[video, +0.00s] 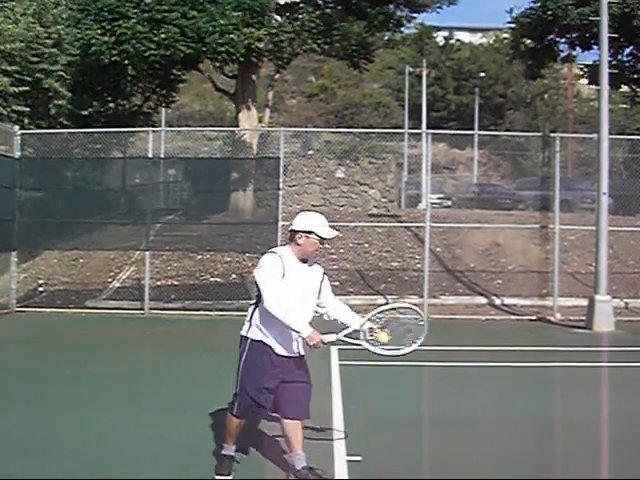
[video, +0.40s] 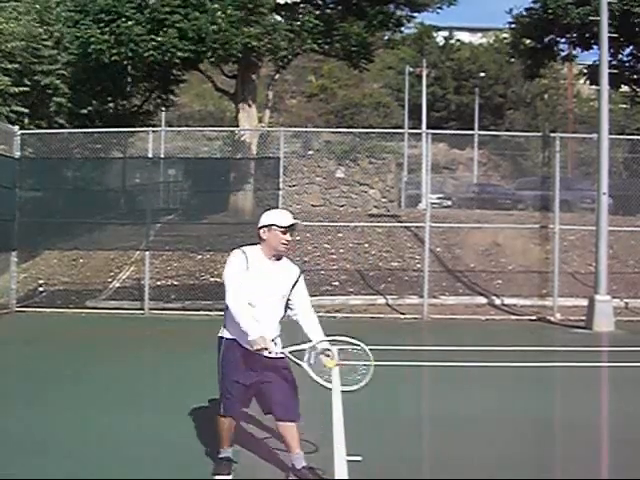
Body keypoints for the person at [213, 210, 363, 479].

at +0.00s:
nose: (321, 245)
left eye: (322, 240)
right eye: (318, 239)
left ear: (306, 240)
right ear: (299, 237)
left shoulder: (316, 273)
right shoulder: (272, 260)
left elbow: (329, 306)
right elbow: (271, 301)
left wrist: (363, 325)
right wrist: (305, 330)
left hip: (292, 348)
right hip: (261, 343)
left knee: (293, 407)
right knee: (245, 403)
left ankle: (299, 466)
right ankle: (227, 453)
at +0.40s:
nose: (289, 238)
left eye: (291, 232)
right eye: (283, 231)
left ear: (291, 236)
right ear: (264, 232)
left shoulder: (291, 272)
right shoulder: (240, 258)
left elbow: (304, 311)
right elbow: (235, 301)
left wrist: (323, 346)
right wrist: (255, 335)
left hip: (272, 348)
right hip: (236, 343)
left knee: (285, 404)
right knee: (231, 403)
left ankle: (299, 465)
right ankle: (224, 458)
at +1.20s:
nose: (348, 230)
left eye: (348, 227)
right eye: (340, 227)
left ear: (350, 236)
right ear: (326, 240)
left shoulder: (371, 258)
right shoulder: (316, 270)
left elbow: (400, 237)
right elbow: (276, 274)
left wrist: (420, 211)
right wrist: (279, 242)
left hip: (365, 354)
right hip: (333, 357)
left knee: (362, 425)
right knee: (326, 428)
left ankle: (320, 459)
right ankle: (295, 453)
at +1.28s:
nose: (373, 212)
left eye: (372, 208)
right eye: (365, 209)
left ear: (373, 216)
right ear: (351, 219)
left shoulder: (392, 244)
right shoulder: (343, 243)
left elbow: (415, 243)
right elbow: (313, 231)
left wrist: (431, 235)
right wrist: (301, 212)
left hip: (380, 332)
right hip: (351, 329)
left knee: (356, 395)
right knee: (332, 391)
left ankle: (336, 446)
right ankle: (307, 444)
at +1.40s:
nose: (431, 207)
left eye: (432, 202)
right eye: (427, 201)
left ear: (427, 204)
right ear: (414, 199)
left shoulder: (417, 238)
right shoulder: (403, 215)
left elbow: (403, 283)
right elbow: (417, 173)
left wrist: (429, 280)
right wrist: (409, 134)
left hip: (389, 312)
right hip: (366, 306)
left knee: (383, 380)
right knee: (353, 378)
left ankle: (380, 440)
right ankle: (346, 443)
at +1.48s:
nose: (450, 210)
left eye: (447, 204)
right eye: (444, 205)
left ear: (423, 208)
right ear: (432, 206)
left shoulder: (426, 236)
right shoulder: (425, 218)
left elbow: (395, 275)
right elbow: (467, 205)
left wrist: (425, 281)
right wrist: (510, 185)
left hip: (399, 311)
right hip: (380, 305)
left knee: (412, 374)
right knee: (365, 376)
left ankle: (423, 431)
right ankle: (350, 442)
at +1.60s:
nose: (465, 228)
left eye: (463, 223)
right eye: (461, 223)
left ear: (439, 226)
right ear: (451, 224)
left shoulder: (418, 248)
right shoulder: (459, 245)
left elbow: (403, 288)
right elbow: (482, 284)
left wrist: (422, 314)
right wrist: (503, 320)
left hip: (422, 324)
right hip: (421, 324)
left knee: (440, 393)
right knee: (386, 386)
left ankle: (447, 455)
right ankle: (335, 435)